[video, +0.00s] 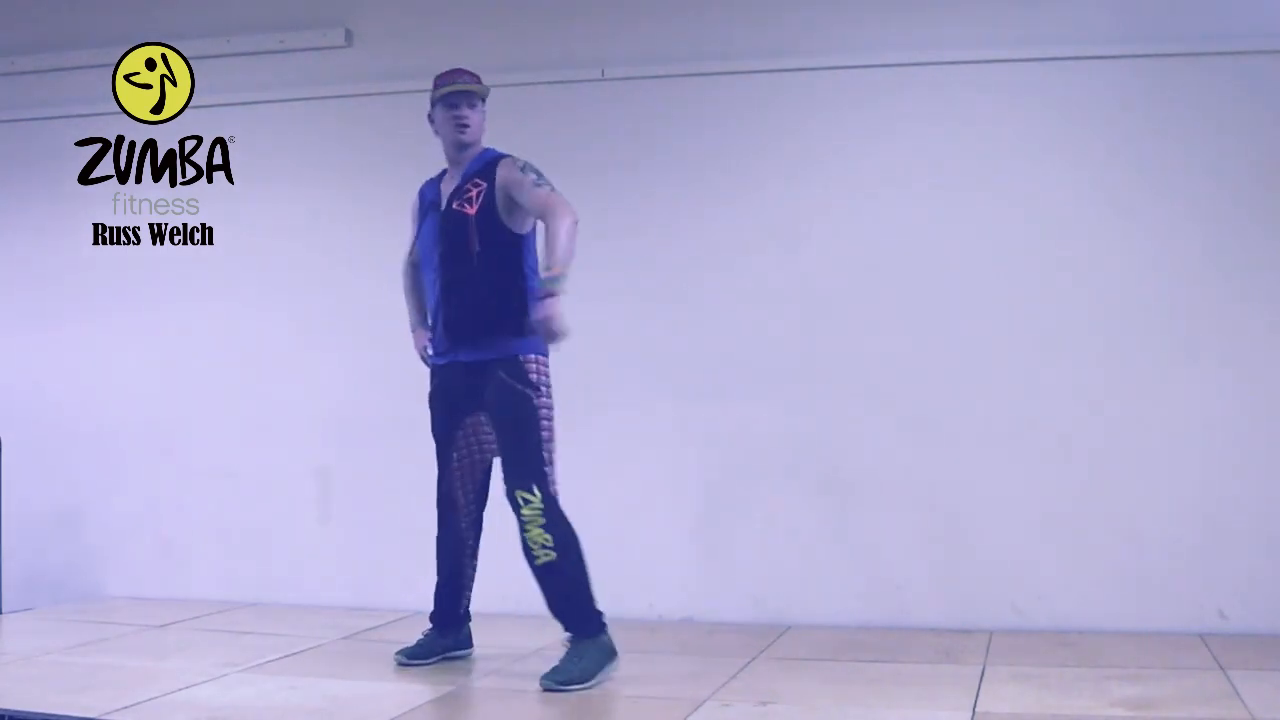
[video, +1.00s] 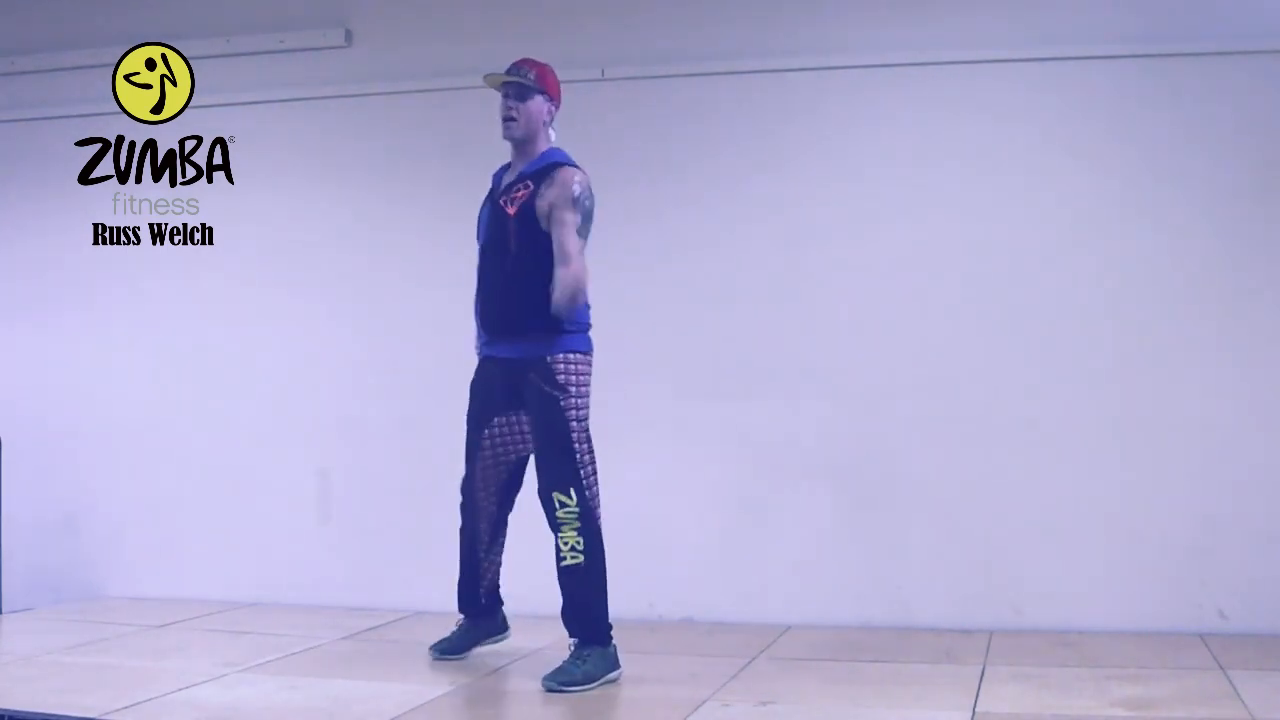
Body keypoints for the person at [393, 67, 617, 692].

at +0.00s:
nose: (462, 113)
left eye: (471, 103)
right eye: (450, 104)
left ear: (485, 114)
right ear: (432, 118)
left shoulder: (506, 171)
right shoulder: (428, 194)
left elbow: (562, 215)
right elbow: (414, 267)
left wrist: (551, 290)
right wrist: (418, 323)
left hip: (514, 363)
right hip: (452, 368)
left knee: (533, 503)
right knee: (456, 506)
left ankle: (590, 638)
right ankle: (450, 629)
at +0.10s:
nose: (476, 119)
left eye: (485, 109)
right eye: (464, 112)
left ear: (502, 119)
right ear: (448, 125)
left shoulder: (520, 176)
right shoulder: (445, 199)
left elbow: (560, 210)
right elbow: (430, 270)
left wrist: (605, 243)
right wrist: (430, 327)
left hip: (527, 368)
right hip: (464, 373)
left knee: (551, 507)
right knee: (457, 505)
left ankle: (594, 646)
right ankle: (451, 630)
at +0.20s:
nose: (491, 122)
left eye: (499, 111)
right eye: (478, 115)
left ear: (516, 118)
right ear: (463, 129)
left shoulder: (538, 171)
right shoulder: (471, 202)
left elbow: (568, 174)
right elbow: (464, 275)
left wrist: (600, 176)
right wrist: (467, 334)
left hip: (555, 366)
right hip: (495, 370)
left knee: (556, 505)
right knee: (441, 492)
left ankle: (595, 647)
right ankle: (453, 607)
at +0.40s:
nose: (508, 127)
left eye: (517, 116)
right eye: (495, 120)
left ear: (539, 123)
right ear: (482, 136)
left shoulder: (572, 179)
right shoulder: (491, 209)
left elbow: (652, 172)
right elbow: (494, 285)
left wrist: (593, 123)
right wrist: (497, 352)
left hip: (580, 371)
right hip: (518, 376)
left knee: (567, 509)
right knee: (465, 486)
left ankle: (596, 648)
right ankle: (543, 590)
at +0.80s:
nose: (508, 120)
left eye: (522, 111)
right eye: (506, 112)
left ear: (553, 126)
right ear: (506, 126)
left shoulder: (578, 190)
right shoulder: (508, 200)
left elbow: (640, 249)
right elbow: (521, 285)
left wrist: (600, 170)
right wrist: (514, 360)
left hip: (577, 372)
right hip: (521, 374)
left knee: (562, 513)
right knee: (460, 485)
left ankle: (596, 651)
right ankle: (538, 594)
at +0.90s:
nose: (508, 113)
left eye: (521, 105)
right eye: (505, 105)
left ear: (551, 117)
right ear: (502, 119)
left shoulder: (573, 182)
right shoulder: (505, 191)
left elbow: (611, 273)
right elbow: (514, 278)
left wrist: (587, 204)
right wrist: (507, 352)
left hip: (571, 365)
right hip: (514, 367)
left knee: (565, 503)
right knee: (459, 480)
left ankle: (594, 647)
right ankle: (510, 602)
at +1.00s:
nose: (508, 107)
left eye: (520, 98)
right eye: (504, 98)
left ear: (550, 108)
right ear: (501, 109)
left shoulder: (563, 179)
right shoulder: (501, 182)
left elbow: (571, 266)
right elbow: (498, 268)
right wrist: (493, 343)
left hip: (554, 360)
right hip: (500, 361)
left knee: (569, 500)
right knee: (482, 495)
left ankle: (594, 644)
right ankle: (482, 615)